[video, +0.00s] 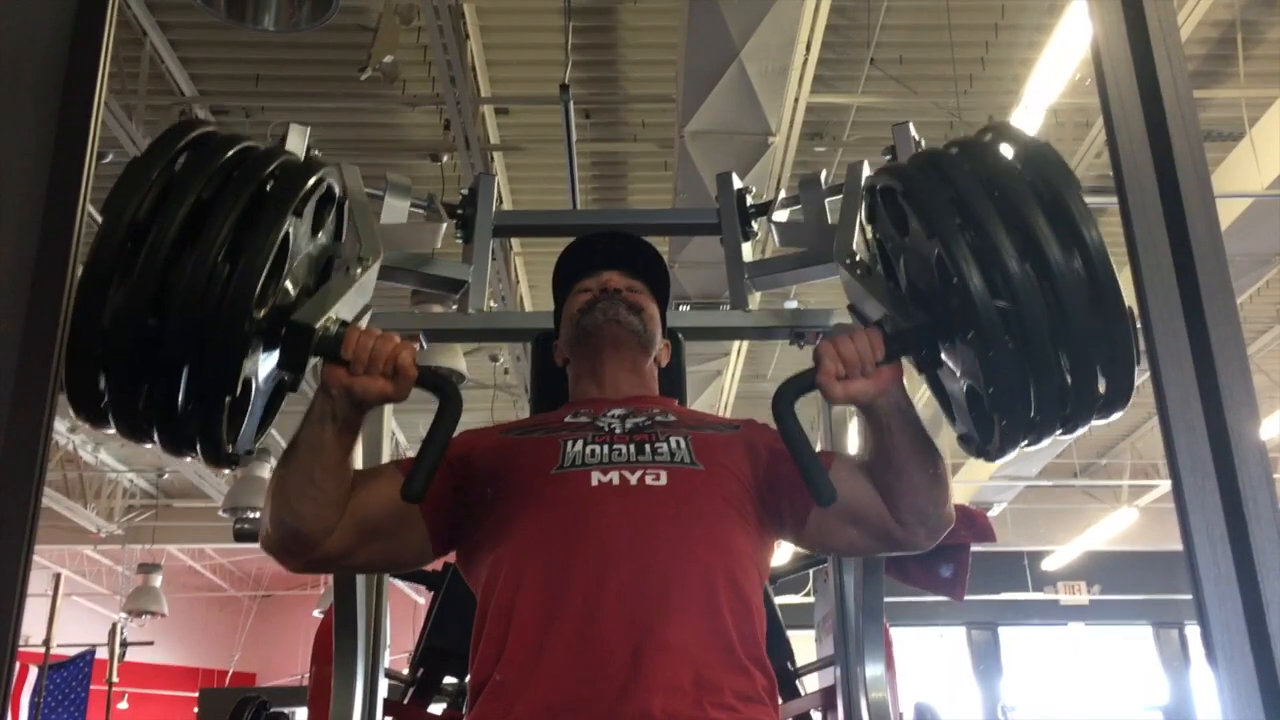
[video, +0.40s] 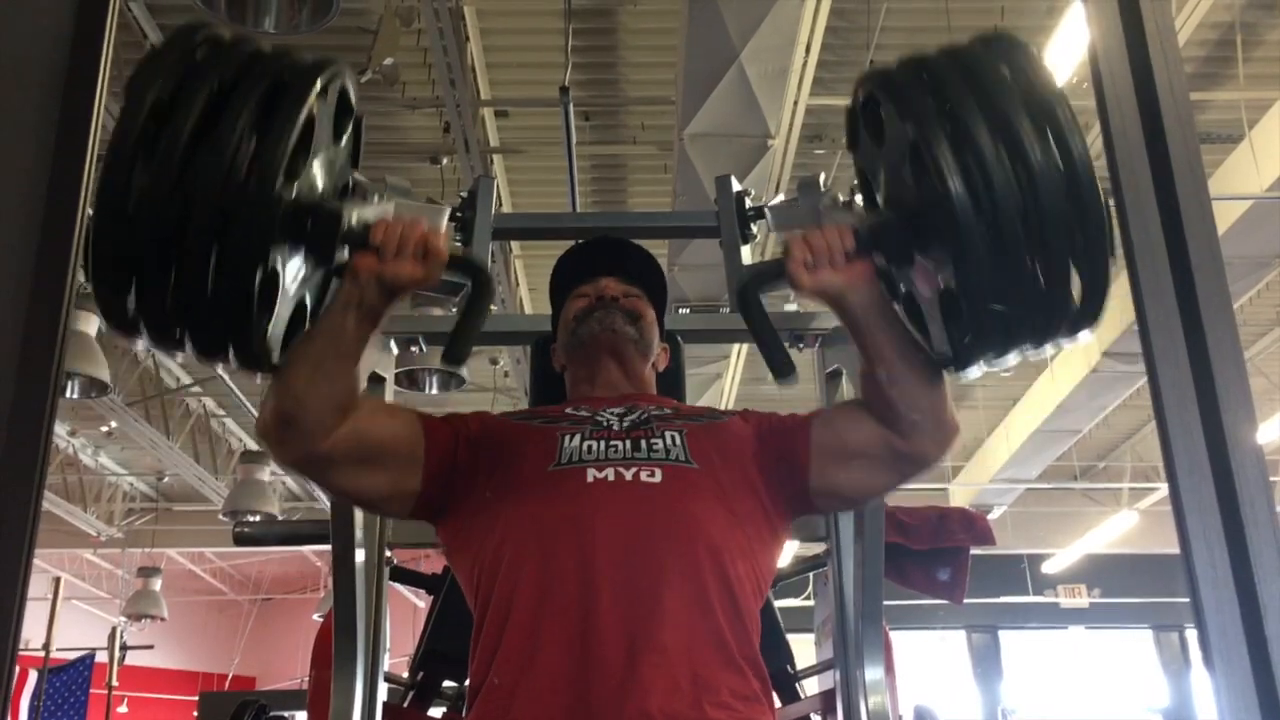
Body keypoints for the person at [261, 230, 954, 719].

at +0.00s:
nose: (611, 293)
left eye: (635, 293)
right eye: (586, 294)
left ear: (667, 347)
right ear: (555, 350)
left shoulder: (747, 448)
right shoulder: (488, 455)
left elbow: (919, 520)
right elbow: (304, 539)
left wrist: (882, 400)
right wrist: (341, 404)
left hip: (725, 704)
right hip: (526, 706)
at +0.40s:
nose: (606, 303)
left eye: (631, 303)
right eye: (581, 304)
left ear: (664, 352)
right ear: (552, 354)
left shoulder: (744, 444)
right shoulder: (484, 449)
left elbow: (922, 433)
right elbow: (303, 427)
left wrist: (859, 298)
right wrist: (364, 294)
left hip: (724, 704)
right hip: (523, 706)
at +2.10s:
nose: (614, 295)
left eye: (638, 296)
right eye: (588, 296)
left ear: (670, 356)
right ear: (556, 356)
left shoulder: (747, 456)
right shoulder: (487, 463)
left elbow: (915, 515)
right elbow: (302, 549)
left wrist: (882, 409)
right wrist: (342, 414)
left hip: (724, 705)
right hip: (528, 707)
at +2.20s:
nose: (611, 300)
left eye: (635, 301)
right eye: (586, 302)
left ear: (668, 358)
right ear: (554, 360)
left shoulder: (747, 457)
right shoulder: (489, 466)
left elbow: (917, 518)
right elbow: (299, 547)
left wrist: (882, 410)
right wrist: (340, 412)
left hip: (724, 703)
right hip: (529, 705)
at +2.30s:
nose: (613, 300)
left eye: (638, 303)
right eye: (587, 301)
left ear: (669, 362)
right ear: (554, 358)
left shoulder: (744, 456)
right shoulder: (490, 464)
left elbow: (924, 510)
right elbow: (295, 521)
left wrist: (873, 395)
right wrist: (343, 394)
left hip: (726, 702)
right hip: (529, 704)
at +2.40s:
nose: (615, 306)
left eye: (638, 309)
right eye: (589, 308)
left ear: (669, 363)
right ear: (555, 363)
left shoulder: (744, 455)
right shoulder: (490, 461)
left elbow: (921, 478)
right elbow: (297, 482)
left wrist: (876, 363)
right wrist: (354, 347)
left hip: (725, 703)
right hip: (525, 704)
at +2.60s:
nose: (609, 312)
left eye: (633, 313)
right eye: (583, 312)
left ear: (664, 363)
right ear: (553, 365)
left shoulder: (751, 452)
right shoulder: (482, 457)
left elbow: (912, 413)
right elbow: (314, 400)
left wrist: (851, 263)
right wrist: (375, 254)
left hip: (722, 708)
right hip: (526, 707)